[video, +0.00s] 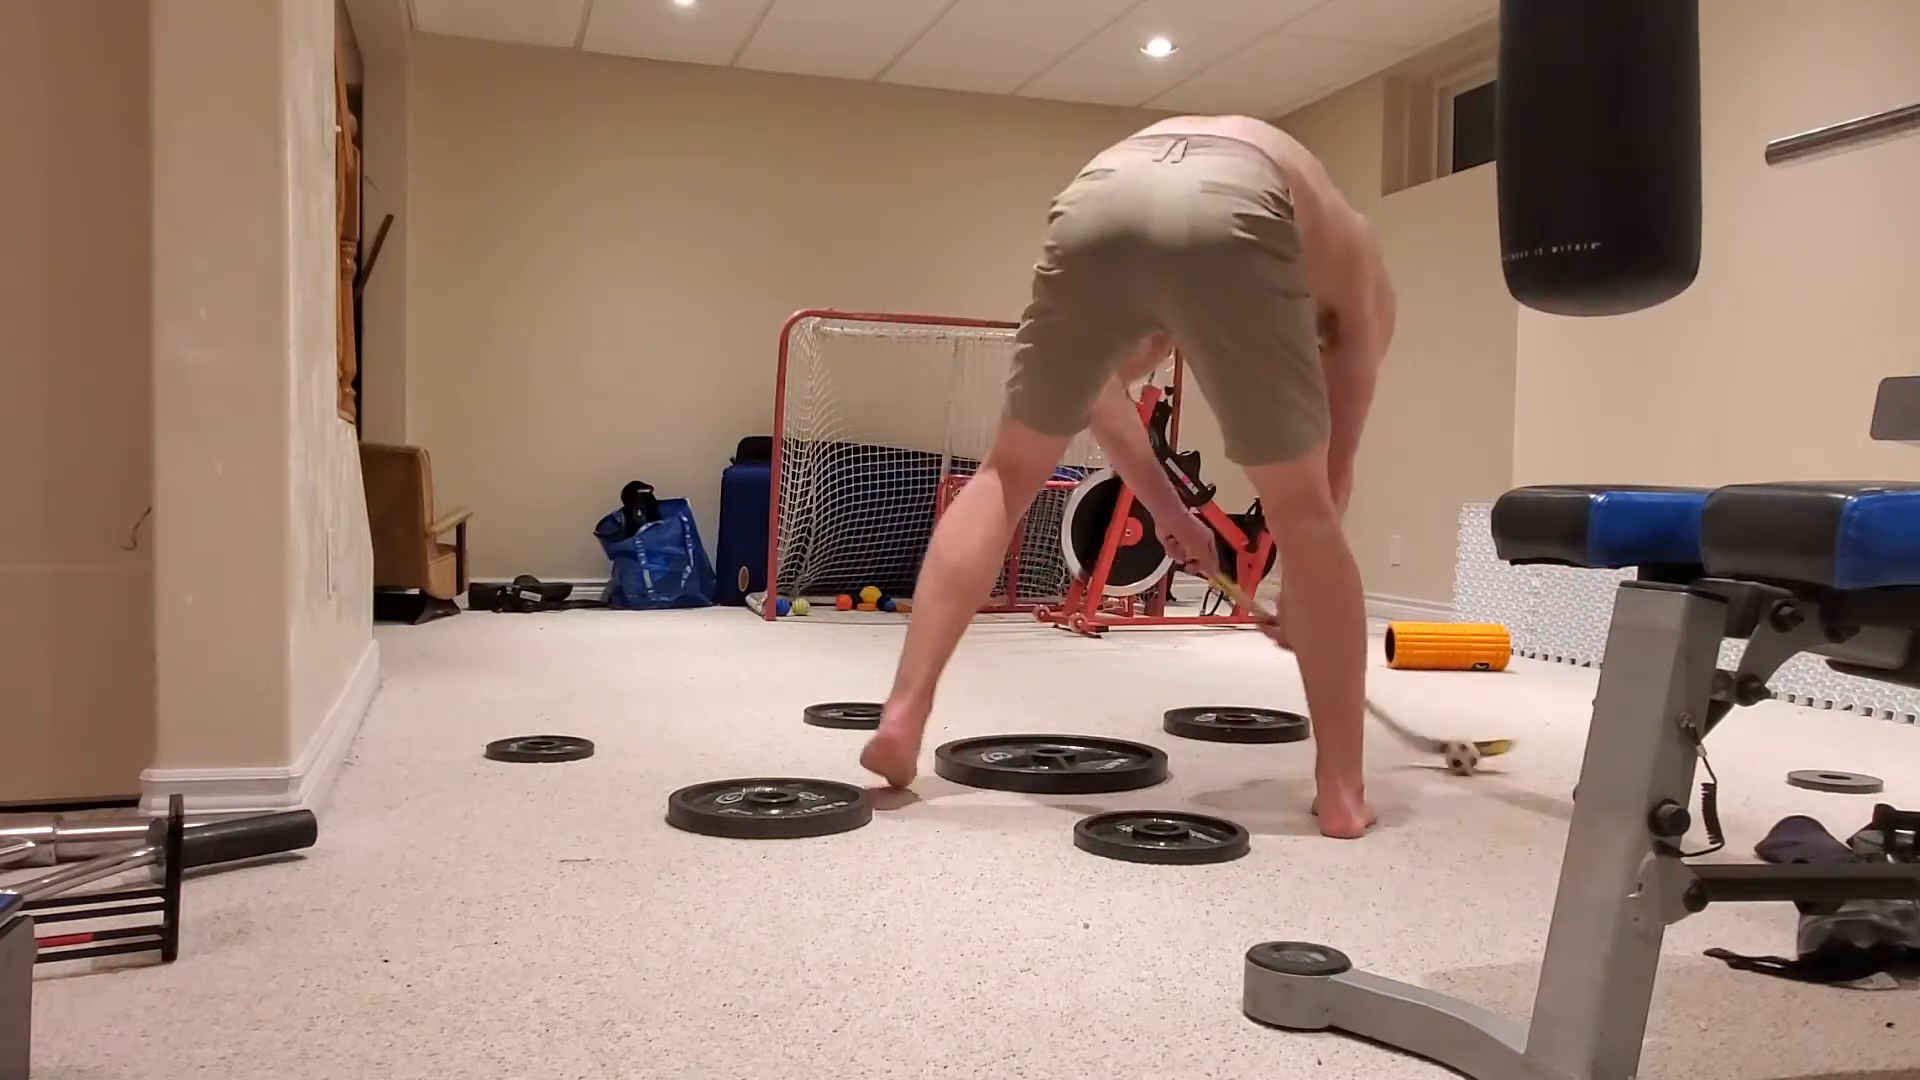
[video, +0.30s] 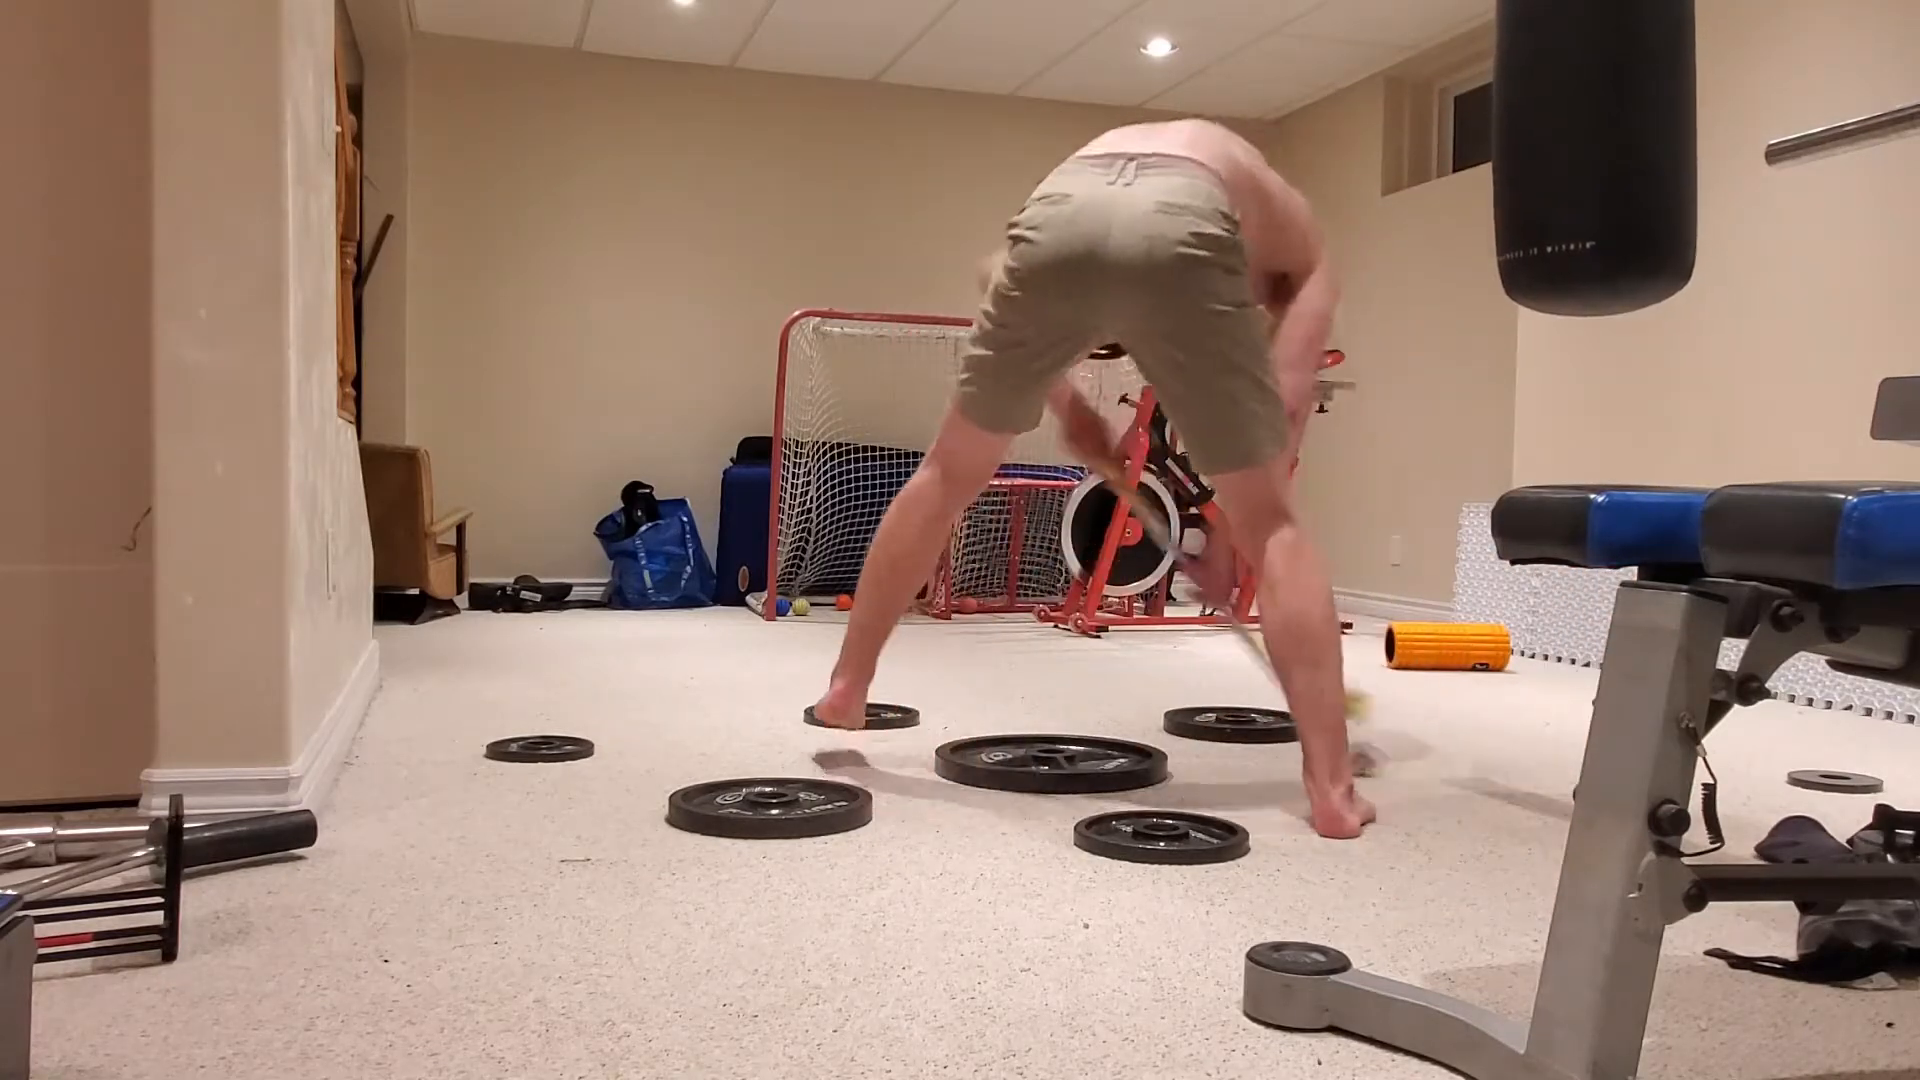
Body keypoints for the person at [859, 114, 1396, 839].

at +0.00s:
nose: (1149, 363)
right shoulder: (1359, 288)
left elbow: (1099, 394)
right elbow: (1331, 480)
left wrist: (1171, 513)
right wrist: (1301, 609)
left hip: (1097, 194)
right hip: (1235, 211)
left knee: (1004, 476)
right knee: (1309, 521)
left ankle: (901, 716)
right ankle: (1339, 791)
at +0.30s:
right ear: (1277, 287)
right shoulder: (1303, 260)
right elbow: (1287, 388)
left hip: (1053, 217)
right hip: (1185, 230)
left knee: (944, 477)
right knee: (1272, 527)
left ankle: (846, 686)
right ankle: (1331, 789)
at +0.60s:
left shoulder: (941, 199)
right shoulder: (1085, 246)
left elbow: (840, 278)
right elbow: (1015, 442)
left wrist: (860, 423)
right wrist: (926, 528)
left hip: (957, 248)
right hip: (1075, 258)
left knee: (877, 516)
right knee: (1173, 536)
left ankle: (835, 736)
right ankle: (1302, 761)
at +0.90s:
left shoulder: (875, 227)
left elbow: (833, 336)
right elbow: (1011, 430)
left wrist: (898, 474)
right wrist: (964, 533)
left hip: (930, 244)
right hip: (1042, 239)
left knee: (869, 511)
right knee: (1095, 493)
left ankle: (837, 736)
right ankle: (1169, 699)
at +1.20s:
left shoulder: (943, 269)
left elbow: (952, 418)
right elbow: (1111, 456)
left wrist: (1020, 517)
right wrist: (1105, 570)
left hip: (1000, 275)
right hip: (1102, 279)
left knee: (911, 511)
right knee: (1085, 509)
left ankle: (845, 719)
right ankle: (1074, 702)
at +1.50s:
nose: (1074, 606)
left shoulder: (1046, 277)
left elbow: (1002, 409)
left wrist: (1045, 546)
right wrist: (1072, 552)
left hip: (1073, 290)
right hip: (1169, 302)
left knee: (1043, 504)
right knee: (1119, 516)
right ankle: (1079, 692)